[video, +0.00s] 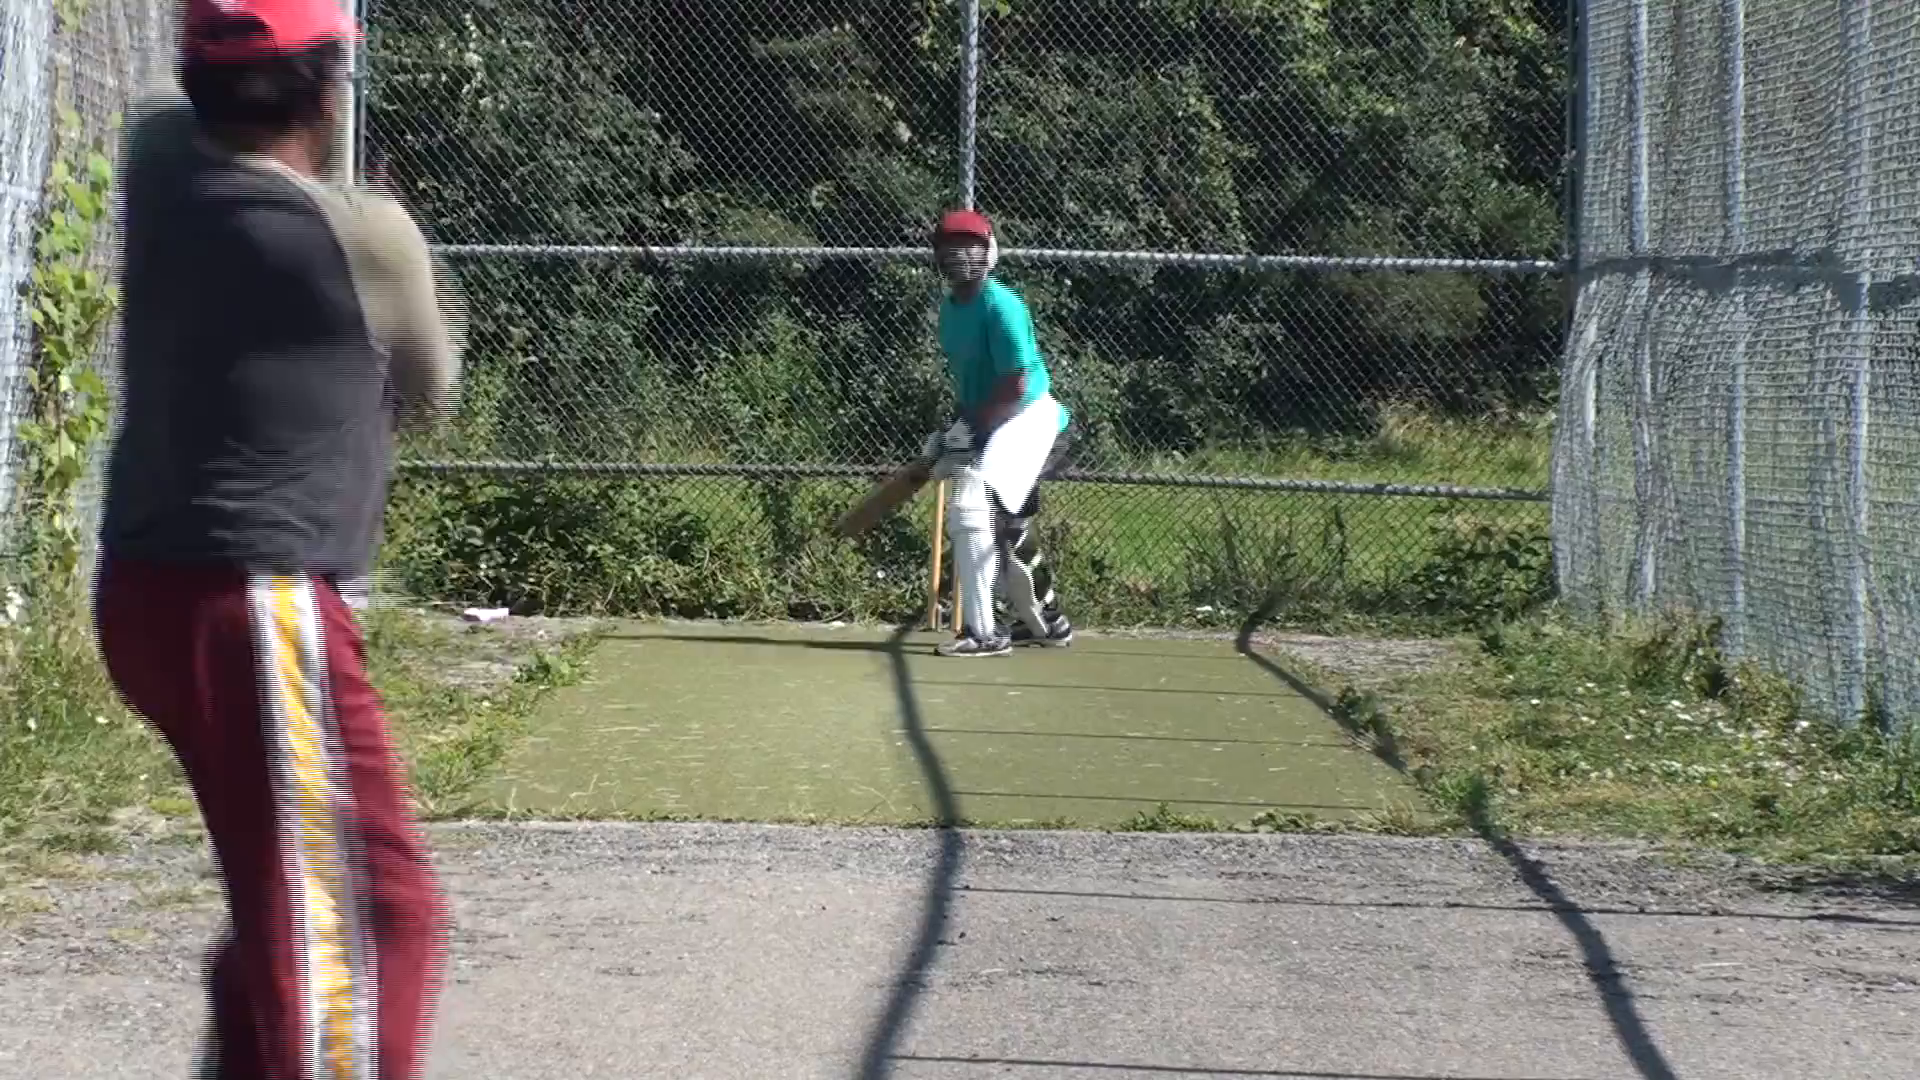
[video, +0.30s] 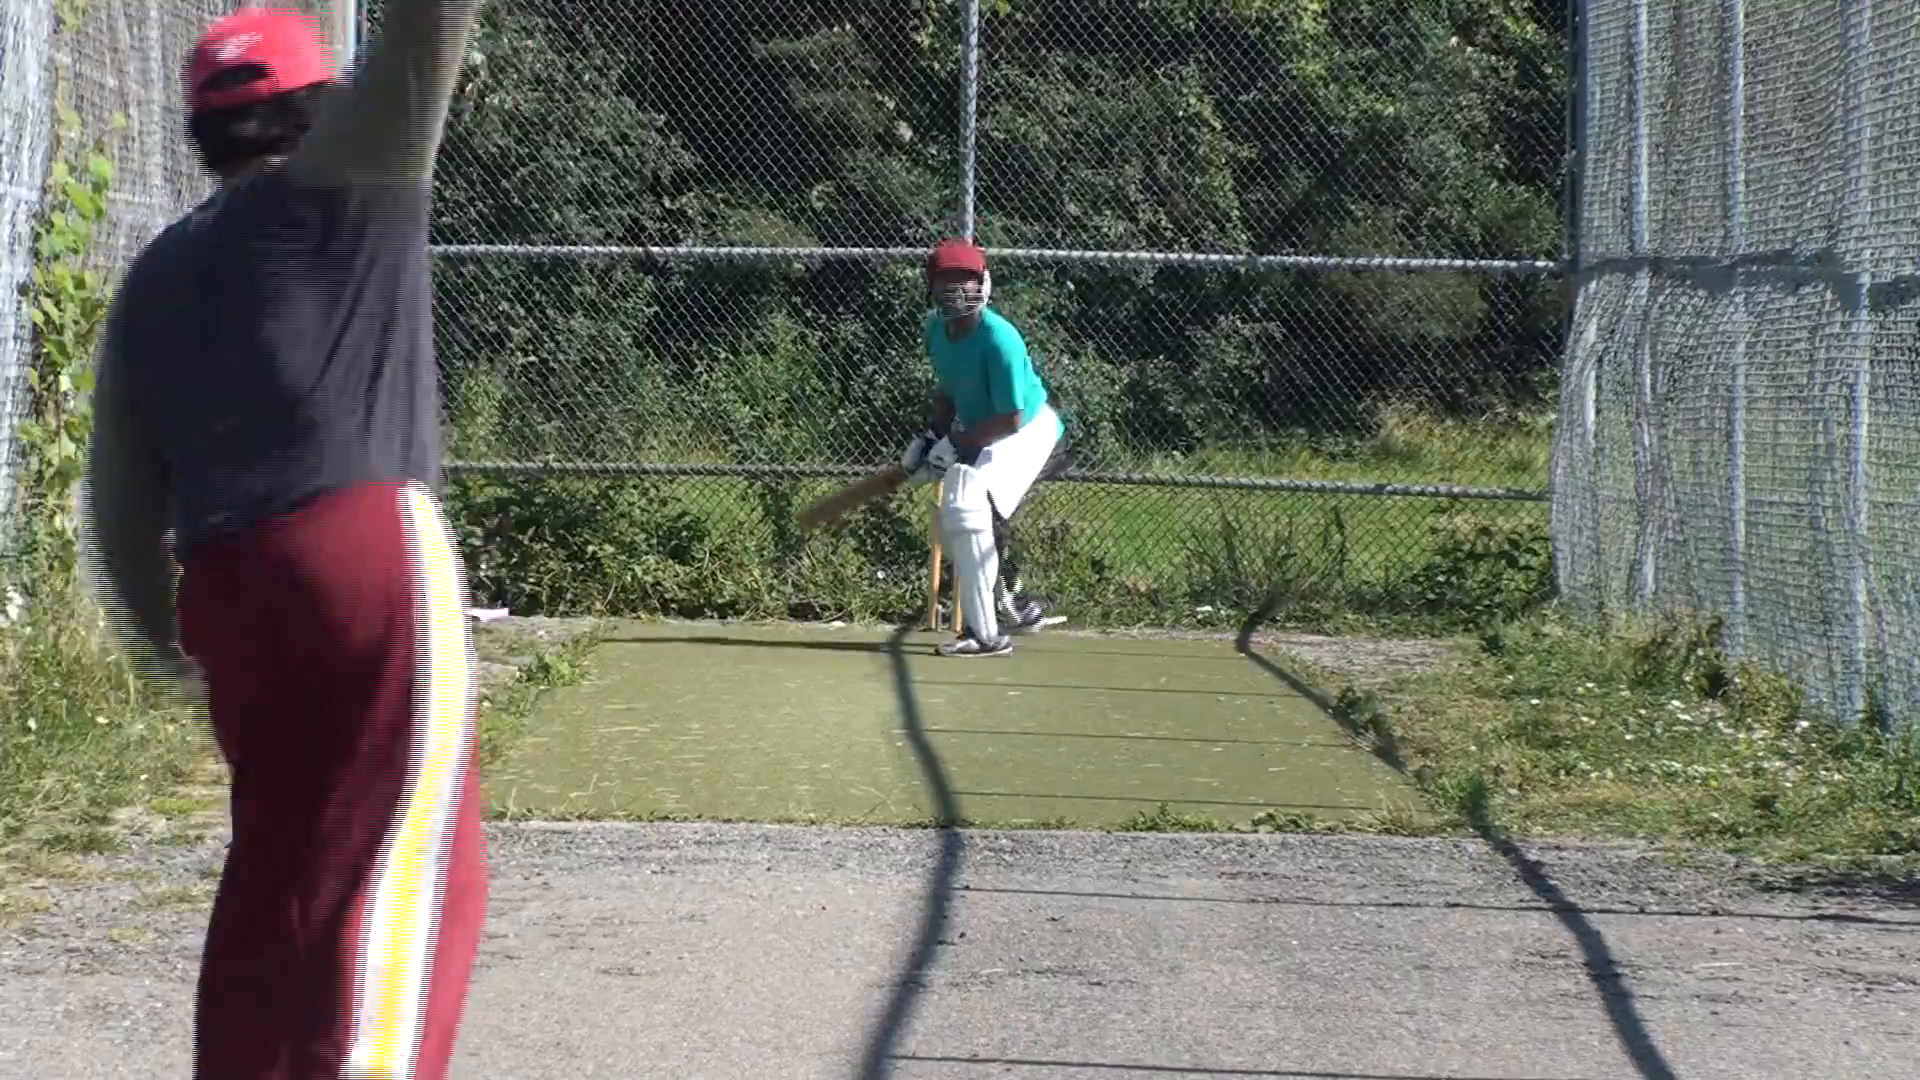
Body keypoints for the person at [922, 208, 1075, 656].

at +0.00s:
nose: (967, 257)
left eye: (976, 247)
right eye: (955, 249)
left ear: (990, 254)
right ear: (939, 258)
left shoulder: (1001, 305)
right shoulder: (950, 308)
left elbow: (1015, 386)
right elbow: (969, 378)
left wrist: (973, 429)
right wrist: (959, 430)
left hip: (1027, 414)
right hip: (990, 417)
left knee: (970, 502)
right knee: (996, 521)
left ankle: (983, 632)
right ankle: (1044, 620)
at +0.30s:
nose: (955, 288)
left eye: (965, 279)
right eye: (946, 280)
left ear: (982, 287)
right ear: (933, 289)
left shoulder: (999, 339)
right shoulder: (936, 331)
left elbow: (1011, 420)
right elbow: (947, 394)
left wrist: (957, 445)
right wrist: (930, 438)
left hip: (1025, 431)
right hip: (978, 430)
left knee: (966, 509)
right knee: (951, 515)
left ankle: (985, 632)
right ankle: (1009, 608)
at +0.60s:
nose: (955, 266)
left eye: (965, 258)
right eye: (945, 259)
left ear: (981, 264)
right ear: (933, 267)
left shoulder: (996, 314)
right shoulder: (938, 316)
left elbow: (1015, 390)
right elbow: (951, 386)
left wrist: (963, 431)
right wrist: (931, 435)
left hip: (1027, 419)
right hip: (982, 422)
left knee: (967, 493)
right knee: (942, 504)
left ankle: (997, 620)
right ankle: (982, 608)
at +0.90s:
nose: (953, 252)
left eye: (964, 243)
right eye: (944, 244)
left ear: (981, 250)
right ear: (933, 252)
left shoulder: (990, 300)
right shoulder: (950, 296)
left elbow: (987, 381)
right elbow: (964, 369)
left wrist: (944, 403)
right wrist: (946, 402)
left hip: (1037, 400)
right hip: (1002, 404)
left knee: (987, 502)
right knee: (975, 502)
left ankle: (1011, 627)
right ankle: (1005, 613)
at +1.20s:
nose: (940, 274)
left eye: (951, 264)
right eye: (932, 266)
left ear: (971, 263)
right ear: (925, 266)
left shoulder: (974, 323)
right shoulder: (975, 278)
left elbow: (959, 379)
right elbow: (1005, 282)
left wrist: (932, 360)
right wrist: (941, 335)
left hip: (1039, 398)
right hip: (1006, 404)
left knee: (998, 502)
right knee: (973, 506)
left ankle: (1025, 627)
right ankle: (1013, 620)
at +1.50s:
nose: (913, 274)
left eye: (918, 260)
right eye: (903, 269)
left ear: (939, 243)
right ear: (898, 272)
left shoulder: (979, 257)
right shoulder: (916, 319)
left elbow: (980, 310)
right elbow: (935, 380)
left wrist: (961, 355)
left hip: (1036, 392)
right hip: (983, 410)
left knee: (1021, 509)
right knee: (982, 508)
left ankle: (1011, 632)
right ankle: (1037, 593)